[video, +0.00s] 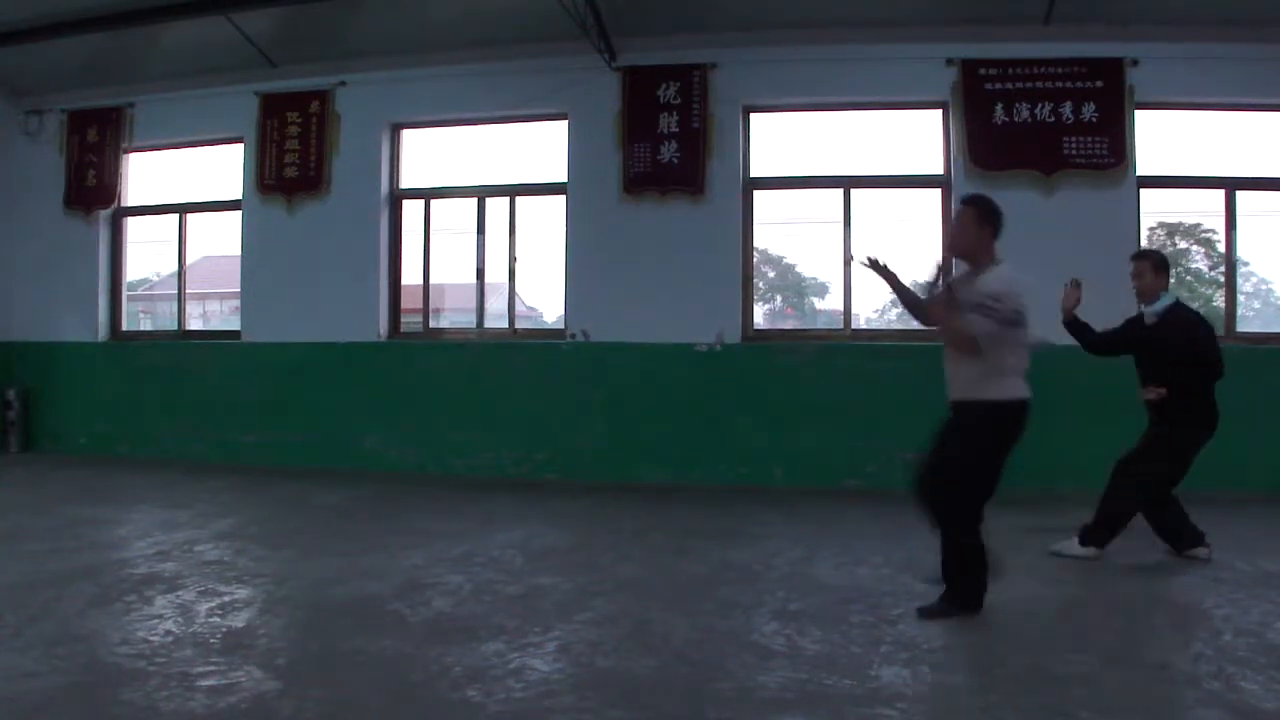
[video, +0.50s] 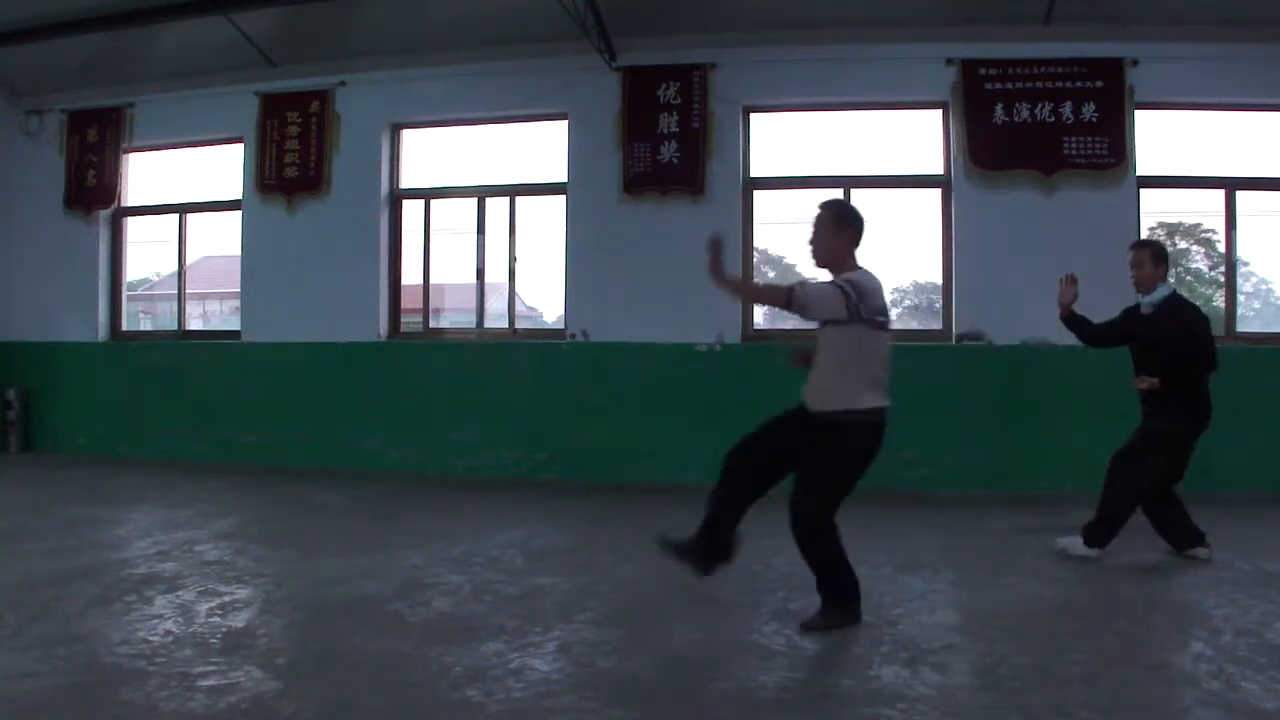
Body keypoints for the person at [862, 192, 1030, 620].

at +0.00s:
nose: (951, 231)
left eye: (960, 224)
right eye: (954, 223)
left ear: (984, 233)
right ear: (973, 233)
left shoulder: (1001, 285)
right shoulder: (962, 283)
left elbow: (970, 342)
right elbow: (929, 317)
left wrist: (943, 305)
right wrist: (894, 283)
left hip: (999, 408)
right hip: (969, 406)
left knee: (958, 494)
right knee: (933, 485)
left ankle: (965, 595)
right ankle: (971, 565)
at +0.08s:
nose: (915, 217)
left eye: (923, 210)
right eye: (917, 209)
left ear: (945, 217)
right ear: (946, 218)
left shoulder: (952, 264)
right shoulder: (959, 263)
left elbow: (885, 292)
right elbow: (953, 332)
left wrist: (852, 258)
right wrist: (914, 316)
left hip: (968, 388)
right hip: (945, 381)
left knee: (952, 483)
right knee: (871, 392)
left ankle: (960, 587)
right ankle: (851, 482)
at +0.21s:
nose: (881, 212)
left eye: (889, 204)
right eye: (883, 204)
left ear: (914, 211)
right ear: (914, 213)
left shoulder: (912, 257)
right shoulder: (929, 253)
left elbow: (841, 278)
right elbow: (935, 323)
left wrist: (804, 230)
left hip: (935, 380)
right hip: (925, 370)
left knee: (913, 474)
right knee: (864, 323)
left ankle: (917, 578)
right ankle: (841, 418)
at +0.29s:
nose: (857, 222)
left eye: (864, 214)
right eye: (859, 214)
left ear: (890, 219)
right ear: (891, 220)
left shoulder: (890, 267)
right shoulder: (902, 266)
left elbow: (818, 283)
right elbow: (897, 338)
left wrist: (780, 239)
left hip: (899, 395)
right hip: (893, 388)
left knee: (868, 494)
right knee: (818, 347)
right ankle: (821, 443)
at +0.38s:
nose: (841, 233)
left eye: (849, 225)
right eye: (843, 225)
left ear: (873, 231)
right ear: (872, 233)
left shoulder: (881, 283)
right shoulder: (877, 280)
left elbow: (811, 292)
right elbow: (883, 345)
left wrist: (764, 250)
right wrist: (844, 353)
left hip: (881, 412)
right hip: (856, 398)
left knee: (835, 500)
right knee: (786, 385)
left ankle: (842, 607)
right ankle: (785, 479)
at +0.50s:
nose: (811, 239)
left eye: (819, 230)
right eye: (813, 230)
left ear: (845, 236)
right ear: (842, 238)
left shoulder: (860, 288)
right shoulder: (842, 290)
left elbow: (790, 297)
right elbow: (858, 353)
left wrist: (724, 280)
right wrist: (816, 358)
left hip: (854, 424)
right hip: (815, 416)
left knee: (810, 513)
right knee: (745, 463)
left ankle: (842, 605)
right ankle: (709, 548)